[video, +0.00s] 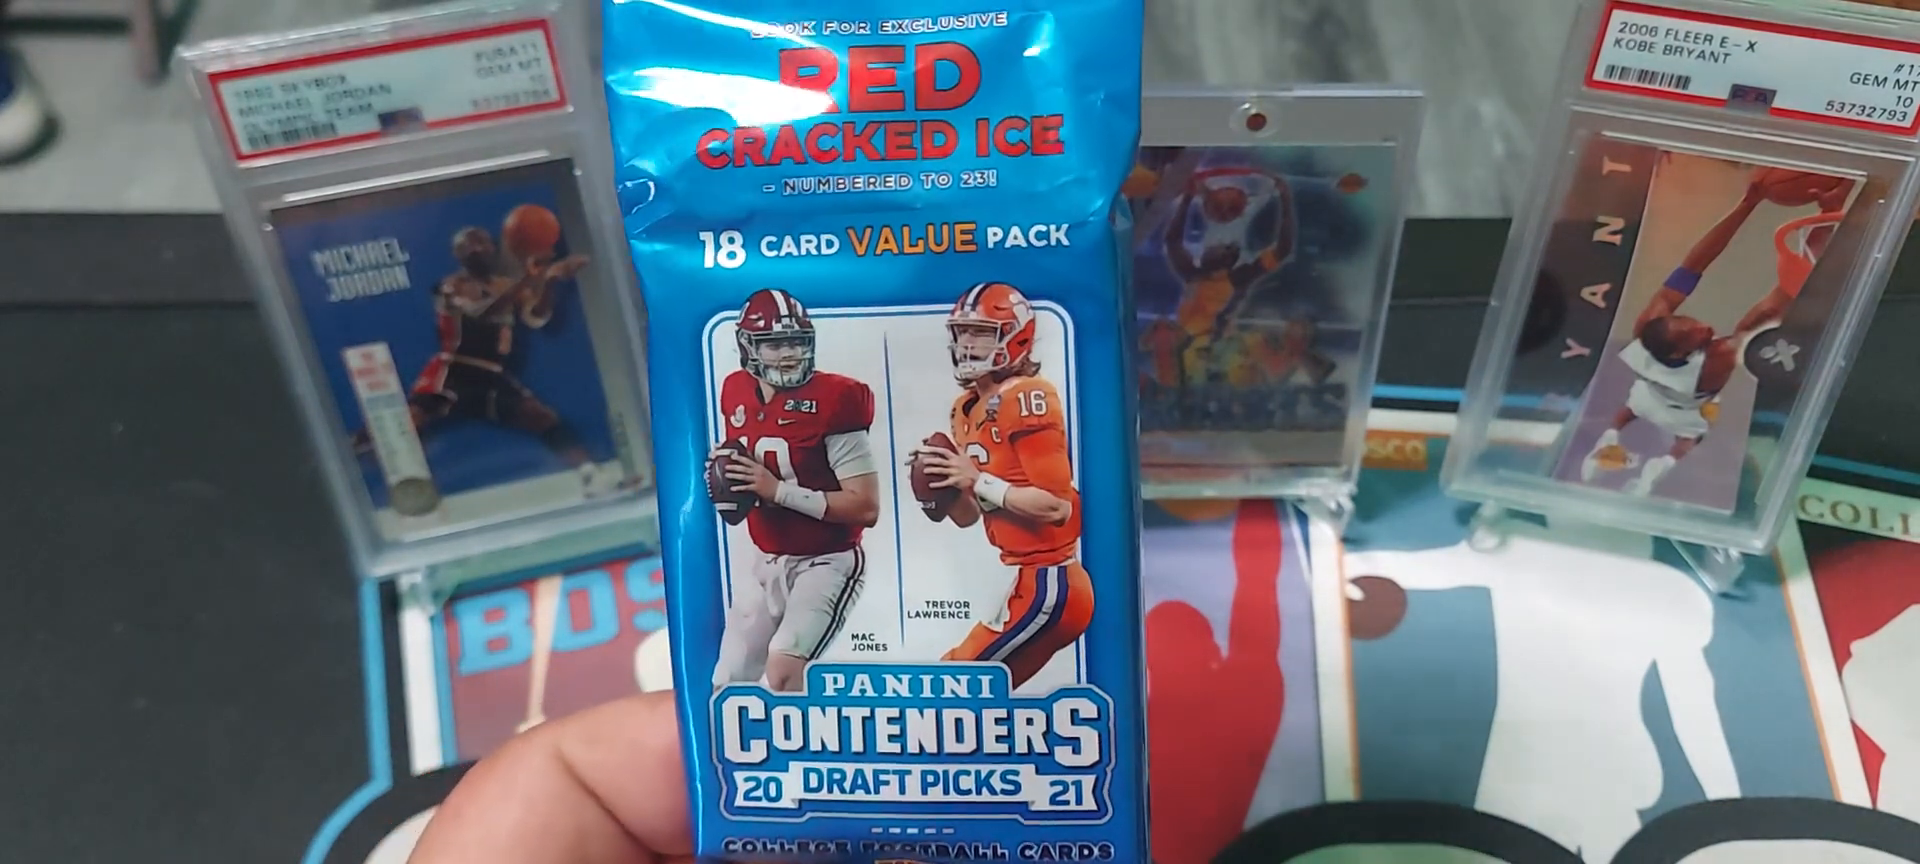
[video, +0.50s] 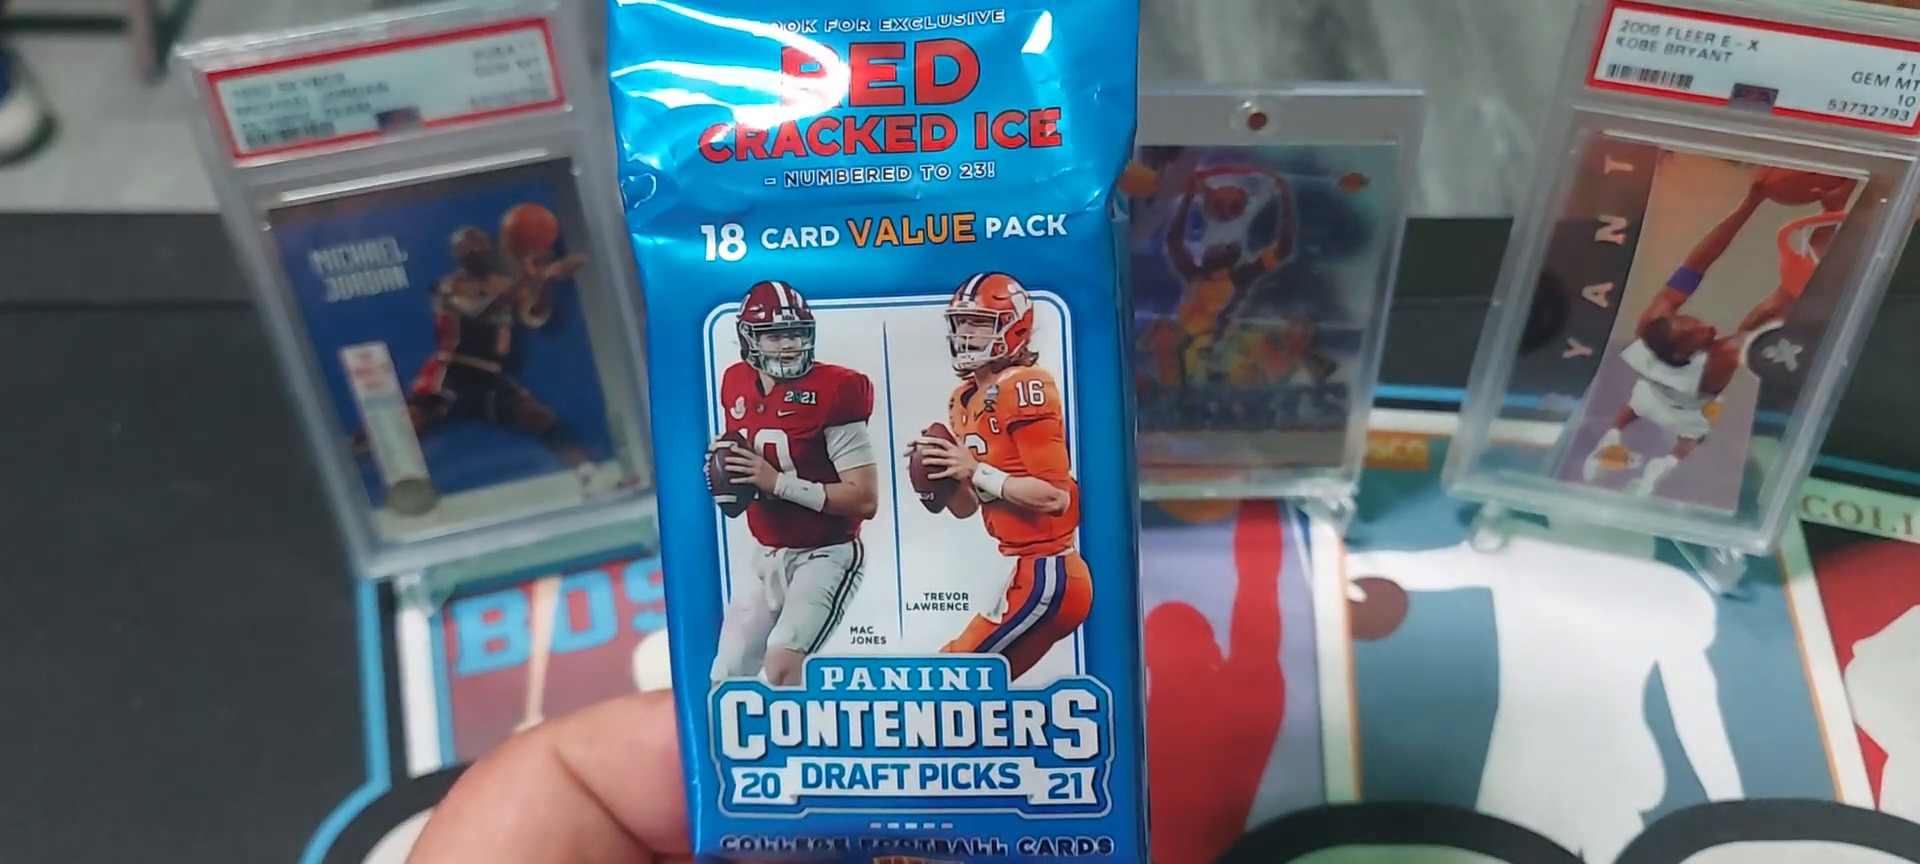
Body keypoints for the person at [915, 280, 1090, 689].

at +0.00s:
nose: (967, 346)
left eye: (981, 335)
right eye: (962, 334)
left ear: (1015, 339)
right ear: (953, 337)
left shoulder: (1027, 396)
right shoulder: (964, 409)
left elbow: (1054, 505)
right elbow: (966, 515)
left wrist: (976, 479)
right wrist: (937, 485)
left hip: (1050, 585)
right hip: (1030, 582)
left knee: (947, 689)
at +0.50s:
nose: (965, 336)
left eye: (979, 325)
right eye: (961, 324)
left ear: (1013, 329)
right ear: (951, 326)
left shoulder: (1025, 385)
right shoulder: (962, 399)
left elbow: (1053, 495)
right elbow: (964, 506)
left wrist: (974, 470)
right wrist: (935, 474)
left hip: (1047, 575)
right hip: (1030, 572)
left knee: (944, 682)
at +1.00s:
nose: (974, 344)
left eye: (987, 333)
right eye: (969, 332)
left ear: (1020, 337)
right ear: (959, 335)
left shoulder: (1032, 394)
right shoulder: (970, 407)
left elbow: (1061, 502)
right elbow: (971, 514)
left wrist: (982, 478)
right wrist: (943, 479)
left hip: (1055, 582)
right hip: (1036, 579)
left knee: (955, 688)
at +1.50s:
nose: (988, 359)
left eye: (1002, 348)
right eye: (983, 347)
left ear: (1034, 353)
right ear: (974, 350)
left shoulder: (1046, 410)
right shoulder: (985, 422)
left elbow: (1074, 517)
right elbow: (984, 528)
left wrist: (996, 492)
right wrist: (957, 491)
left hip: (1067, 597)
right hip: (1050, 594)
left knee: (964, 702)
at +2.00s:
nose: (1087, 412)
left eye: (1103, 399)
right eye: (1082, 398)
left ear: (1139, 409)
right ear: (1074, 401)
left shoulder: (1151, 468)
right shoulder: (1086, 479)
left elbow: (1180, 587)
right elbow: (1081, 592)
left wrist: (1093, 556)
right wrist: (1050, 563)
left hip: (1169, 672)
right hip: (1145, 668)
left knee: (1057, 778)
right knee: (1073, 788)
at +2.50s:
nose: (1187, 383)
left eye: (1203, 373)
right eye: (1184, 369)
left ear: (1238, 382)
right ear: (1173, 370)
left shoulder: (1242, 443)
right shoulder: (1173, 445)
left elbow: (1253, 559)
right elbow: (1158, 558)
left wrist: (1173, 522)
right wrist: (1135, 522)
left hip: (1236, 642)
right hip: (1213, 637)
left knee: (1112, 735)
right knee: (1129, 746)